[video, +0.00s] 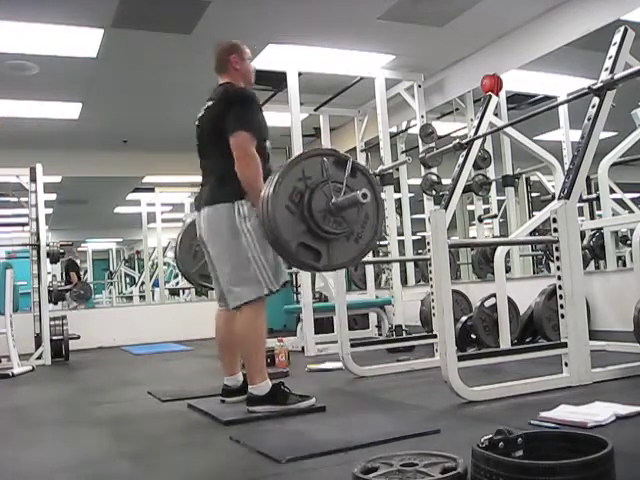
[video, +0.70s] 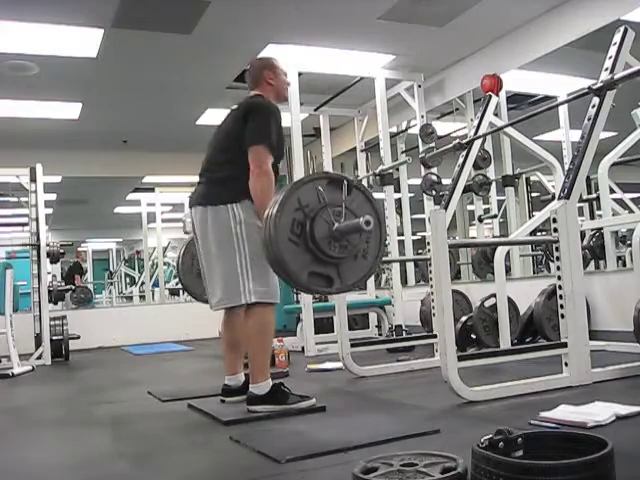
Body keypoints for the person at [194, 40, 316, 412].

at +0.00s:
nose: (253, 67)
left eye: (251, 60)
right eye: (250, 60)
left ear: (223, 67)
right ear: (237, 62)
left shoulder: (212, 104)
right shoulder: (240, 97)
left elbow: (212, 167)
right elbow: (245, 157)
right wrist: (266, 207)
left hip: (211, 210)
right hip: (233, 208)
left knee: (229, 301)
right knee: (252, 298)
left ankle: (233, 381)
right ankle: (261, 388)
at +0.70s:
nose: (289, 83)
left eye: (287, 77)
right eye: (285, 76)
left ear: (259, 80)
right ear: (269, 78)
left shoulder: (241, 111)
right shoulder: (262, 108)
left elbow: (221, 173)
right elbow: (259, 167)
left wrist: (202, 228)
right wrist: (272, 223)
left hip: (210, 206)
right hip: (232, 205)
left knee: (237, 300)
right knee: (262, 297)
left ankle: (234, 382)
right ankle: (262, 389)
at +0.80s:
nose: (304, 99)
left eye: (302, 93)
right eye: (300, 92)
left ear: (272, 96)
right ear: (285, 93)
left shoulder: (251, 121)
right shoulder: (275, 120)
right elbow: (266, 180)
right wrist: (269, 234)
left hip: (204, 206)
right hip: (228, 207)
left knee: (237, 301)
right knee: (261, 298)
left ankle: (234, 382)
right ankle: (262, 388)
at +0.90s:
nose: (315, 116)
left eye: (313, 110)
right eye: (311, 109)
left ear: (286, 113)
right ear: (295, 111)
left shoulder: (259, 134)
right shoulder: (282, 137)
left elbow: (267, 203)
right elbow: (270, 202)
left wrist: (275, 254)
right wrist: (279, 260)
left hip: (196, 208)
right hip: (223, 210)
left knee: (235, 302)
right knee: (259, 299)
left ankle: (234, 382)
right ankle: (262, 388)